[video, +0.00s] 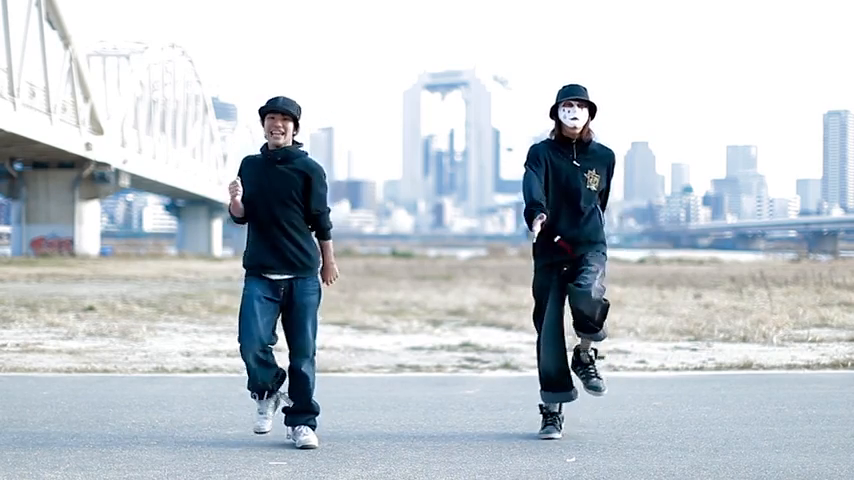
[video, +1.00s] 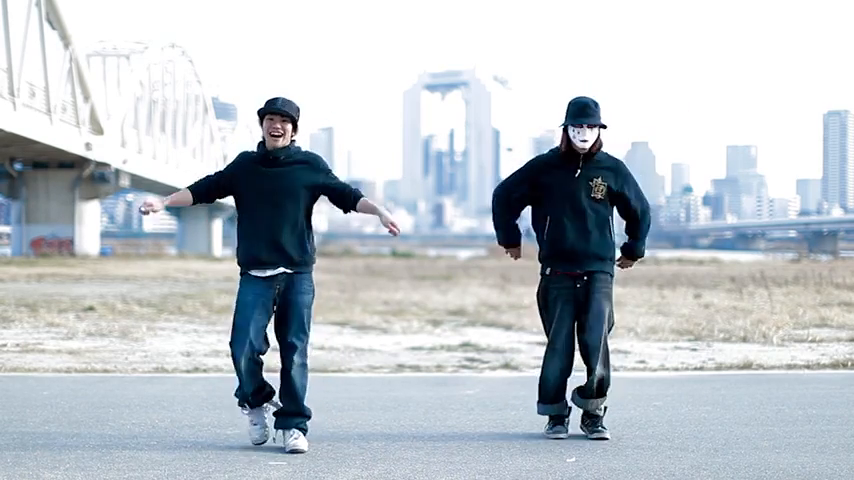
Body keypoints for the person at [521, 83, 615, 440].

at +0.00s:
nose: (573, 113)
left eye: (579, 107)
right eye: (567, 107)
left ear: (589, 114)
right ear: (556, 113)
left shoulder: (603, 156)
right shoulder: (541, 152)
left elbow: (601, 202)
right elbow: (533, 194)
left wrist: (587, 230)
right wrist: (537, 219)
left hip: (590, 246)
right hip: (550, 246)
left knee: (587, 297)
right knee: (549, 327)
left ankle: (585, 354)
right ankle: (551, 407)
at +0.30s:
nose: (577, 123)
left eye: (583, 118)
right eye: (571, 118)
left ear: (592, 124)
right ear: (560, 123)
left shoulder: (606, 164)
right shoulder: (542, 166)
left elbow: (626, 198)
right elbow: (527, 206)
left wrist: (646, 219)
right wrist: (520, 239)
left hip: (598, 259)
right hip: (559, 256)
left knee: (591, 335)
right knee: (586, 308)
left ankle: (584, 412)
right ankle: (561, 364)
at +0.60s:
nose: (575, 130)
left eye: (581, 124)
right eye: (569, 123)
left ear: (591, 127)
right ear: (559, 127)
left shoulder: (608, 166)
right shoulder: (541, 170)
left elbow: (651, 186)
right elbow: (511, 212)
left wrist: (619, 201)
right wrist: (538, 235)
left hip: (597, 271)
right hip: (557, 271)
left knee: (590, 344)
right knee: (557, 343)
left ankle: (585, 415)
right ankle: (556, 417)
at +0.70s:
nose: (574, 140)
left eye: (581, 134)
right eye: (569, 133)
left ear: (591, 133)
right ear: (559, 131)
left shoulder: (608, 166)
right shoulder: (543, 166)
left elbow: (649, 175)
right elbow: (503, 183)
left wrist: (630, 136)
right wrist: (534, 149)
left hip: (594, 265)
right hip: (552, 267)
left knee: (596, 326)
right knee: (555, 339)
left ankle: (586, 381)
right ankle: (554, 414)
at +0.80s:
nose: (577, 140)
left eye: (584, 135)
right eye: (571, 134)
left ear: (593, 133)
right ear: (560, 130)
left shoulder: (608, 161)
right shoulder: (538, 160)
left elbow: (650, 172)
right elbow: (498, 176)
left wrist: (686, 140)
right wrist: (481, 135)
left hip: (596, 258)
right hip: (554, 260)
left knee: (593, 312)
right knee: (555, 332)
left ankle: (590, 365)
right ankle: (555, 412)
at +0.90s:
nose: (580, 137)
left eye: (587, 131)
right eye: (575, 130)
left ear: (596, 129)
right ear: (563, 126)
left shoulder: (607, 159)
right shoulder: (541, 159)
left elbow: (648, 190)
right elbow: (501, 185)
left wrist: (691, 216)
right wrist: (455, 196)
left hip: (597, 257)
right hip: (555, 259)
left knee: (596, 323)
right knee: (556, 334)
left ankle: (592, 384)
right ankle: (556, 412)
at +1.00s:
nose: (583, 133)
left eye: (590, 127)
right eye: (577, 126)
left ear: (599, 130)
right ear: (566, 129)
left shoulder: (612, 169)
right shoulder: (543, 167)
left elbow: (639, 212)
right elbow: (503, 195)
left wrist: (633, 249)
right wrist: (509, 237)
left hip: (598, 268)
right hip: (557, 269)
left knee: (594, 341)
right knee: (559, 343)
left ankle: (593, 411)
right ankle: (556, 414)